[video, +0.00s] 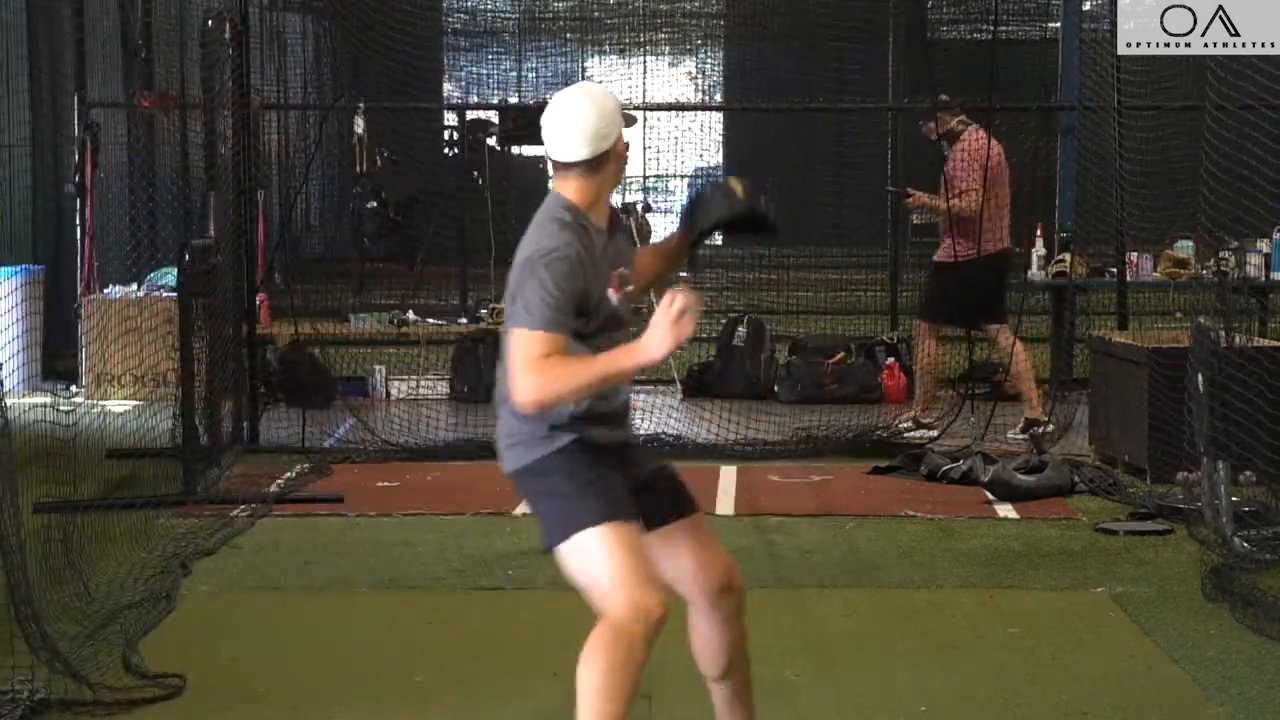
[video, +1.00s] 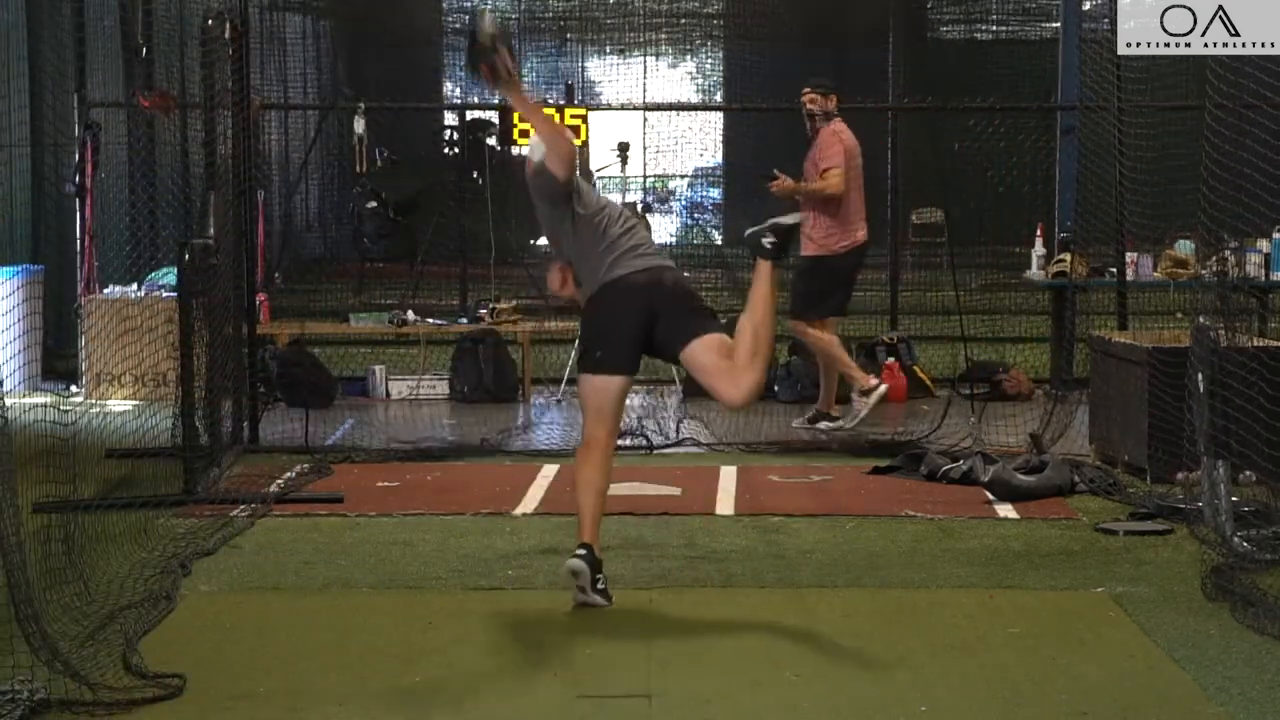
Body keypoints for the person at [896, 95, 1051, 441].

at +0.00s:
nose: (929, 133)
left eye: (930, 126)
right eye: (927, 127)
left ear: (946, 119)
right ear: (957, 116)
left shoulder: (964, 149)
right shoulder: (989, 144)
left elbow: (969, 206)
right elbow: (986, 206)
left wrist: (927, 202)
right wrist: (934, 208)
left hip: (960, 259)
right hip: (992, 256)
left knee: (926, 330)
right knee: (999, 332)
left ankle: (924, 416)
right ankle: (1035, 414)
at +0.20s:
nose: (897, 129)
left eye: (897, 122)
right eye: (894, 124)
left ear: (911, 115)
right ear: (924, 112)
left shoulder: (928, 143)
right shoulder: (959, 140)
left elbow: (935, 201)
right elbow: (970, 195)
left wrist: (895, 199)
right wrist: (906, 196)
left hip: (927, 252)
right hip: (959, 249)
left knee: (915, 331)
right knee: (954, 328)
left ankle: (923, 415)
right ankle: (1009, 388)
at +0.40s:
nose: (867, 127)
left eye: (867, 120)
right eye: (864, 121)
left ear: (879, 113)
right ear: (894, 108)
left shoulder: (898, 141)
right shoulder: (928, 134)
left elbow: (899, 200)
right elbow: (942, 191)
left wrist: (867, 195)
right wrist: (883, 188)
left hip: (909, 249)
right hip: (932, 243)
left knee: (908, 330)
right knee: (912, 328)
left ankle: (922, 413)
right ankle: (934, 401)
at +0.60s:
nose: (843, 117)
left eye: (847, 109)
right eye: (840, 111)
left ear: (867, 106)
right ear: (868, 112)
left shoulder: (871, 143)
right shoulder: (899, 138)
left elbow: (873, 198)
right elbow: (910, 197)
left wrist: (840, 201)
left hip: (888, 250)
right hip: (907, 246)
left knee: (890, 332)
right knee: (876, 332)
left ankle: (922, 412)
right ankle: (855, 405)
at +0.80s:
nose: (825, 114)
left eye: (830, 107)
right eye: (822, 109)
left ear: (849, 107)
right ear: (824, 112)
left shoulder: (853, 143)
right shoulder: (867, 140)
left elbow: (852, 199)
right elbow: (864, 197)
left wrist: (816, 199)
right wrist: (824, 198)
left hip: (859, 254)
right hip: (866, 251)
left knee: (865, 332)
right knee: (848, 331)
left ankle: (914, 406)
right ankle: (829, 408)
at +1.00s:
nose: (809, 106)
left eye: (815, 100)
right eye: (805, 101)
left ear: (833, 103)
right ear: (804, 106)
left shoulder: (831, 136)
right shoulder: (834, 134)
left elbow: (834, 187)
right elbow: (828, 187)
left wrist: (795, 188)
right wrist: (796, 187)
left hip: (828, 247)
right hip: (841, 245)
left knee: (800, 323)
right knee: (824, 326)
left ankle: (865, 384)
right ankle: (825, 408)